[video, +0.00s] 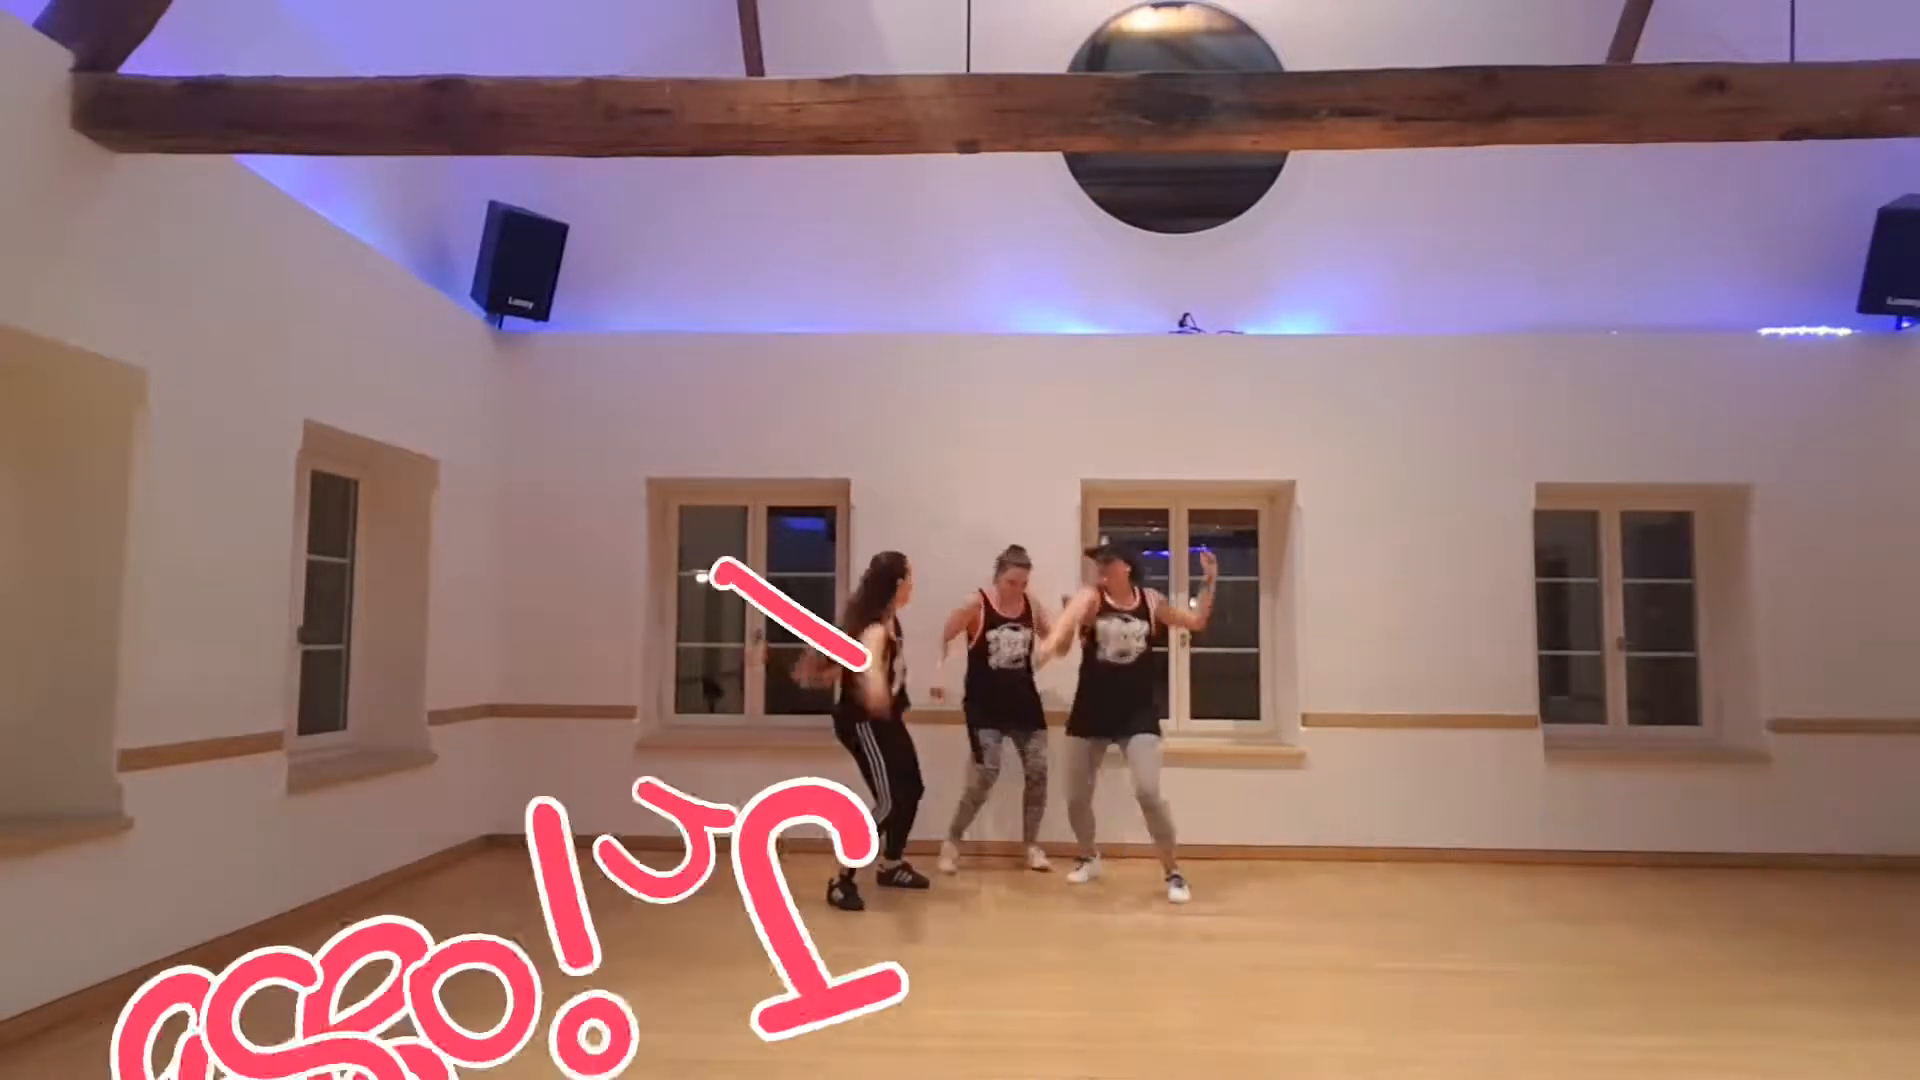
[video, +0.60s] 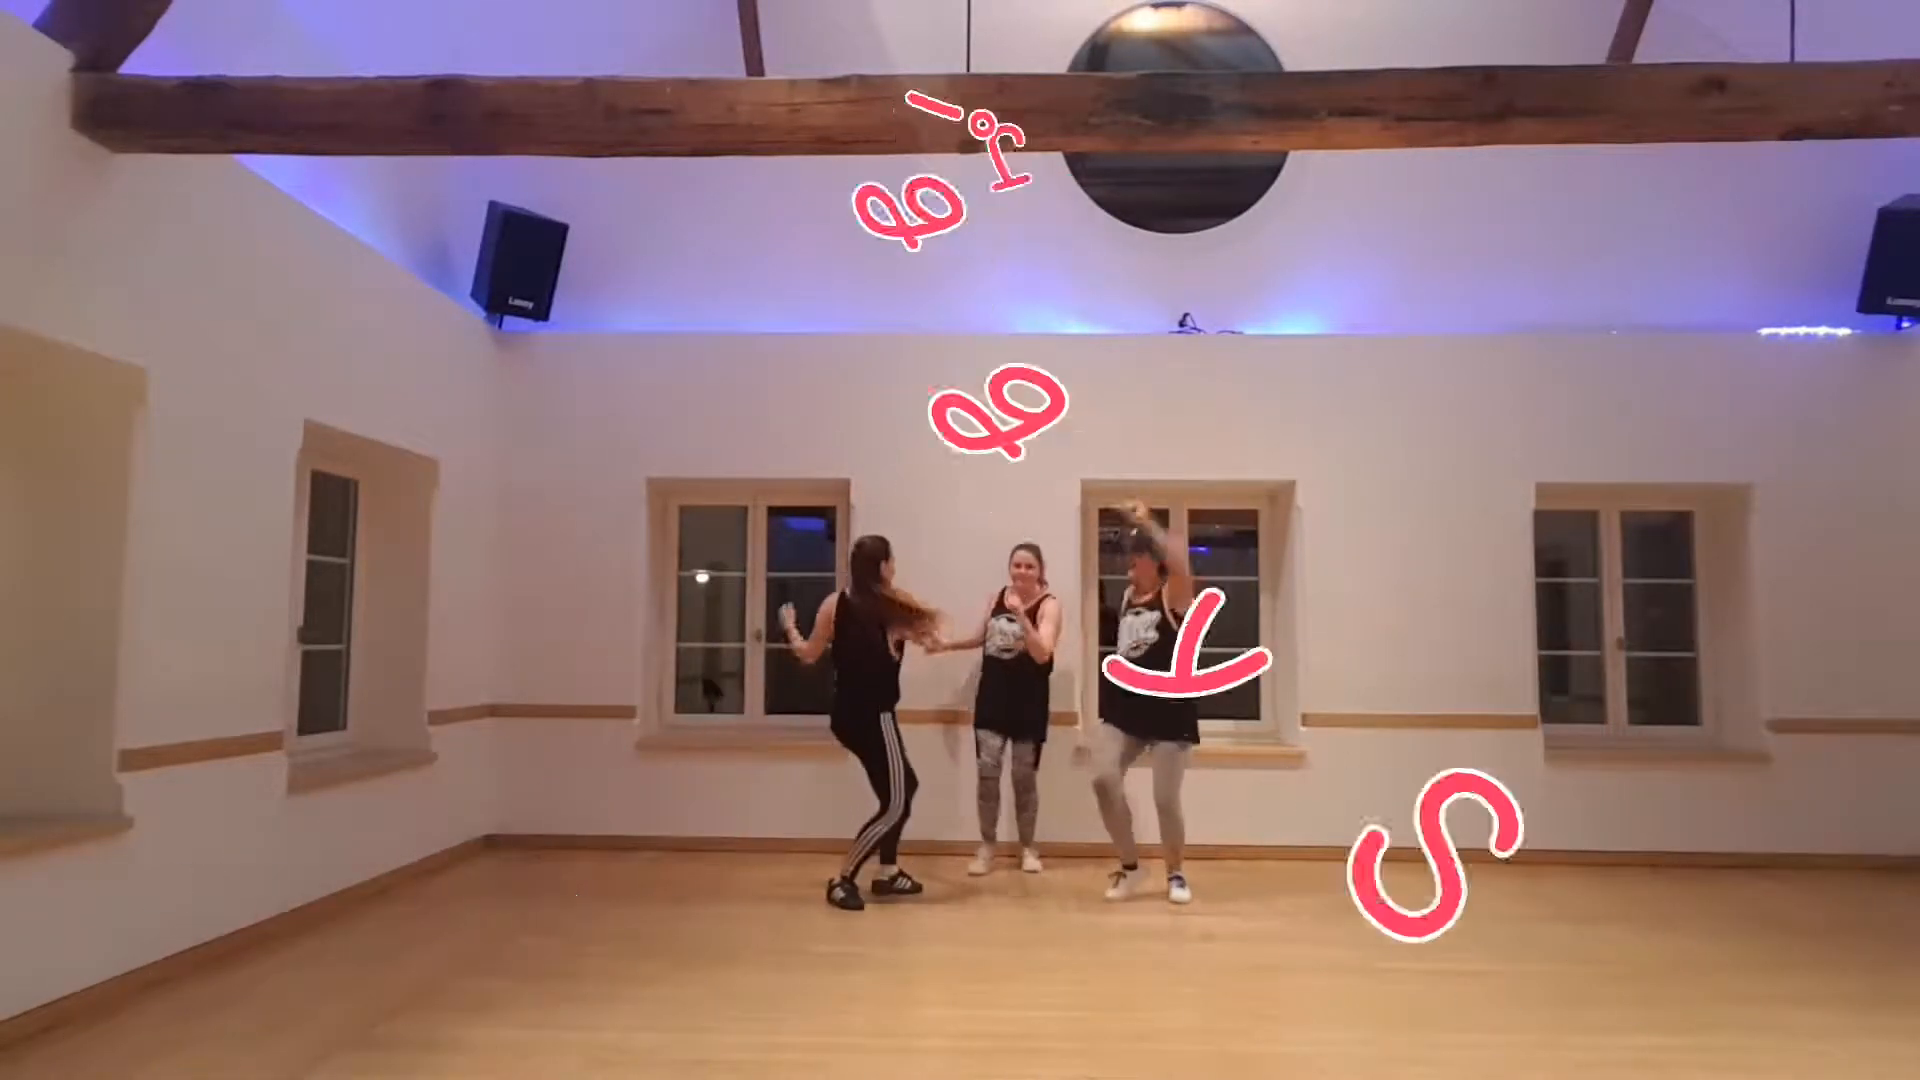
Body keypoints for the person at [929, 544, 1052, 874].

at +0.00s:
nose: (1018, 588)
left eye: (1023, 582)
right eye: (1013, 581)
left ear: (1029, 579)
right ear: (998, 576)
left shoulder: (1031, 605)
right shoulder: (976, 606)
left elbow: (1053, 640)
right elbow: (943, 638)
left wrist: (1068, 621)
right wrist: (938, 677)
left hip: (1023, 698)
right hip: (984, 700)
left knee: (1038, 770)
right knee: (986, 772)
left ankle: (1032, 844)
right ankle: (952, 841)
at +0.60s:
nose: (1021, 572)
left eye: (1028, 566)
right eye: (1017, 566)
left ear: (1040, 571)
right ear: (1009, 569)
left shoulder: (1049, 604)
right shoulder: (998, 599)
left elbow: (1043, 655)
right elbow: (980, 639)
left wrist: (1023, 618)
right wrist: (945, 645)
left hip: (1029, 699)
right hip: (992, 696)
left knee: (1024, 774)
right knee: (987, 770)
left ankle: (1028, 847)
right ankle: (987, 845)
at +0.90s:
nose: (1006, 561)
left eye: (1013, 556)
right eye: (1002, 556)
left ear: (1026, 562)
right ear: (995, 561)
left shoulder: (1035, 590)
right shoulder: (991, 593)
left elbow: (1030, 612)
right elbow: (973, 634)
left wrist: (991, 597)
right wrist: (934, 638)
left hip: (1022, 694)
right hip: (984, 691)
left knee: (1025, 769)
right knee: (961, 761)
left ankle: (1030, 845)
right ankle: (961, 841)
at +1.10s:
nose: (989, 561)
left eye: (997, 557)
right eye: (984, 555)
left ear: (1008, 565)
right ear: (976, 562)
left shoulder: (1014, 590)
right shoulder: (968, 597)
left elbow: (1019, 616)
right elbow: (946, 635)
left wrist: (1005, 637)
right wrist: (921, 644)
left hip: (1001, 690)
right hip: (961, 690)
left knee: (1028, 762)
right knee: (952, 767)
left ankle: (1033, 842)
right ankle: (948, 844)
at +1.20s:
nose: (981, 566)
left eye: (987, 562)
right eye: (976, 561)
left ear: (996, 570)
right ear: (966, 567)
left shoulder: (1005, 602)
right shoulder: (953, 606)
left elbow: (1017, 643)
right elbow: (931, 647)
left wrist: (1014, 682)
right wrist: (904, 667)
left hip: (992, 701)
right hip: (952, 701)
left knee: (1023, 771)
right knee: (946, 776)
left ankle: (1033, 844)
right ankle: (949, 847)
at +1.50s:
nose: (969, 560)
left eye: (972, 554)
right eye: (961, 555)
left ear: (977, 560)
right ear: (944, 563)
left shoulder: (990, 597)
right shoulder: (931, 605)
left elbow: (1011, 644)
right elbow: (926, 658)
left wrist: (1030, 680)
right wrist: (941, 699)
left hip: (987, 694)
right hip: (947, 696)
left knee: (995, 769)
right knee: (948, 775)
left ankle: (1002, 844)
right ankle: (949, 845)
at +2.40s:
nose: (980, 567)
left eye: (986, 560)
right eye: (975, 563)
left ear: (1002, 567)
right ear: (971, 572)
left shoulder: (1018, 601)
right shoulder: (970, 613)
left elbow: (1035, 648)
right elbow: (967, 669)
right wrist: (986, 719)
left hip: (1023, 693)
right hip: (989, 700)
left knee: (1030, 773)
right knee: (999, 777)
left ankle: (1015, 849)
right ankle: (957, 844)